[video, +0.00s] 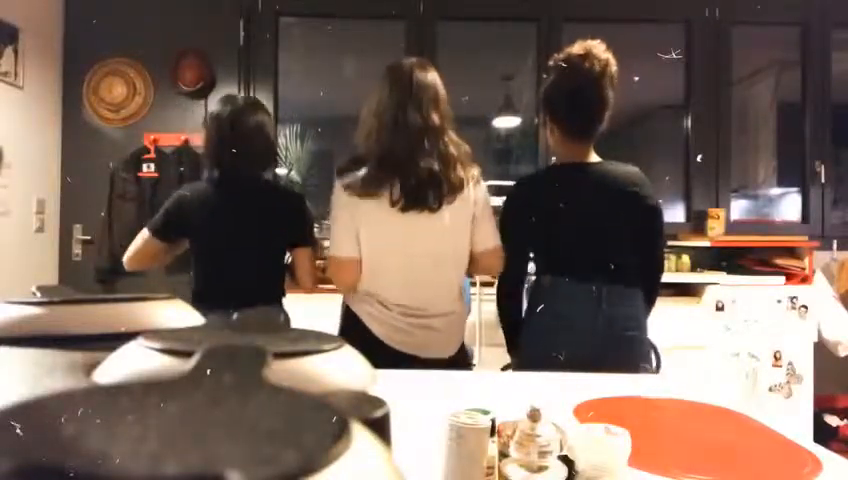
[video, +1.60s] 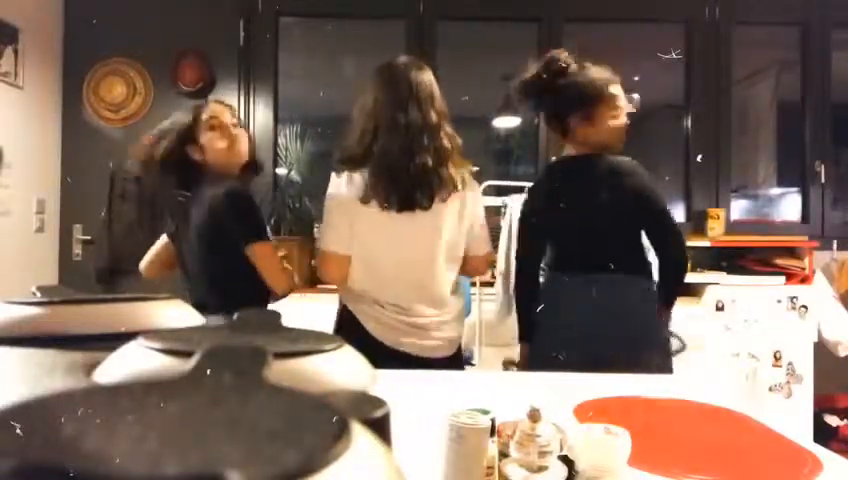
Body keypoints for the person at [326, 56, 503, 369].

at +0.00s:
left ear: (380, 112)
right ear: (440, 110)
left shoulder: (353, 187)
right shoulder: (468, 182)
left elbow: (345, 278)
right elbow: (492, 263)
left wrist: (330, 261)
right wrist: (443, 259)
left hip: (373, 349)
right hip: (445, 350)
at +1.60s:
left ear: (372, 112)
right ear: (436, 109)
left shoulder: (348, 183)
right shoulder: (462, 186)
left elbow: (333, 272)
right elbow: (478, 264)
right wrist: (432, 256)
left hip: (367, 346)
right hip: (438, 350)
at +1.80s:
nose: (373, 109)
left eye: (381, 100)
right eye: (378, 99)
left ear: (392, 113)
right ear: (442, 117)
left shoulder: (383, 170)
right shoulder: (447, 181)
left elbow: (377, 265)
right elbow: (461, 256)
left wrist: (338, 223)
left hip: (386, 336)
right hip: (438, 341)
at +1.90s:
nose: (386, 102)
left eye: (397, 95)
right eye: (389, 94)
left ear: (422, 108)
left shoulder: (413, 165)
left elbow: (404, 253)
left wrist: (348, 209)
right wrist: (349, 204)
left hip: (393, 321)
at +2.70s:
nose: (389, 117)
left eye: (403, 110)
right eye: (384, 107)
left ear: (426, 124)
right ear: (375, 114)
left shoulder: (416, 169)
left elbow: (418, 254)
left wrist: (388, 179)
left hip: (397, 316)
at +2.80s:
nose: (386, 107)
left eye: (400, 101)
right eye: (381, 99)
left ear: (423, 113)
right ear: (373, 105)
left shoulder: (412, 160)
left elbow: (416, 249)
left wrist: (378, 180)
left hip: (399, 314)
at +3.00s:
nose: (371, 116)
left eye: (384, 108)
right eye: (367, 107)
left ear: (412, 118)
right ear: (361, 112)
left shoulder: (401, 167)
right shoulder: (419, 171)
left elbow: (412, 251)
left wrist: (371, 180)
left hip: (392, 316)